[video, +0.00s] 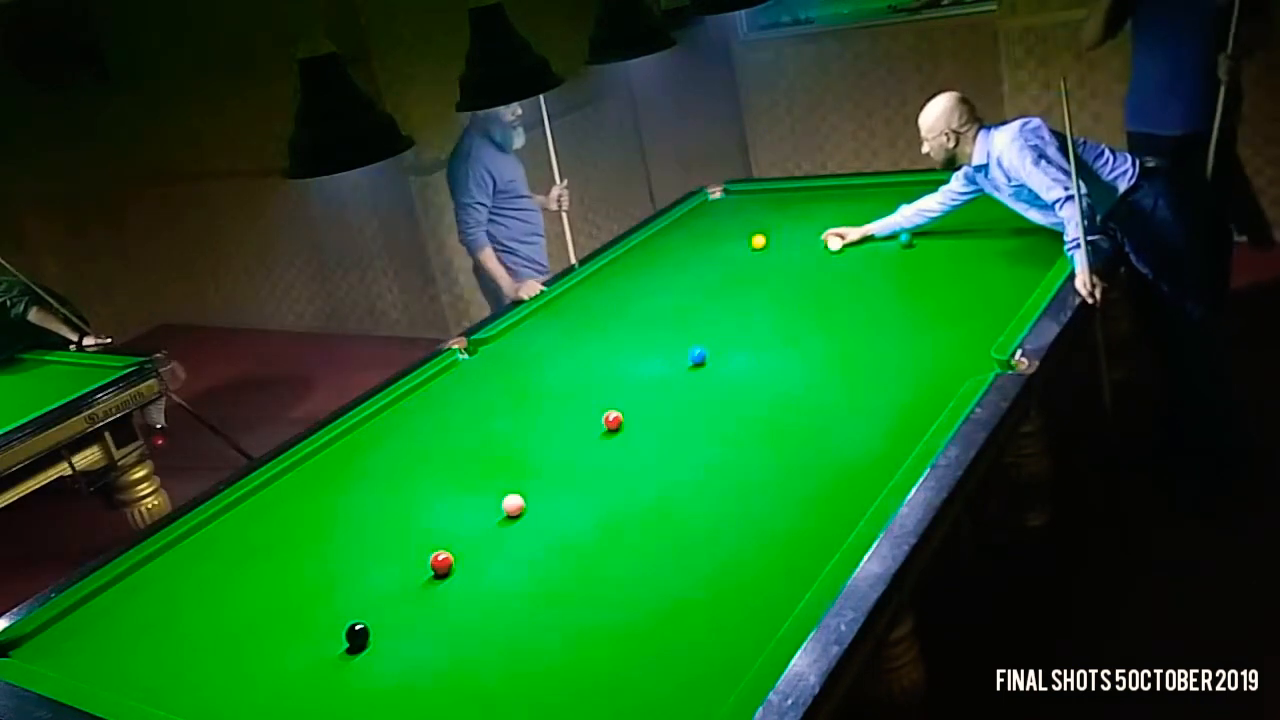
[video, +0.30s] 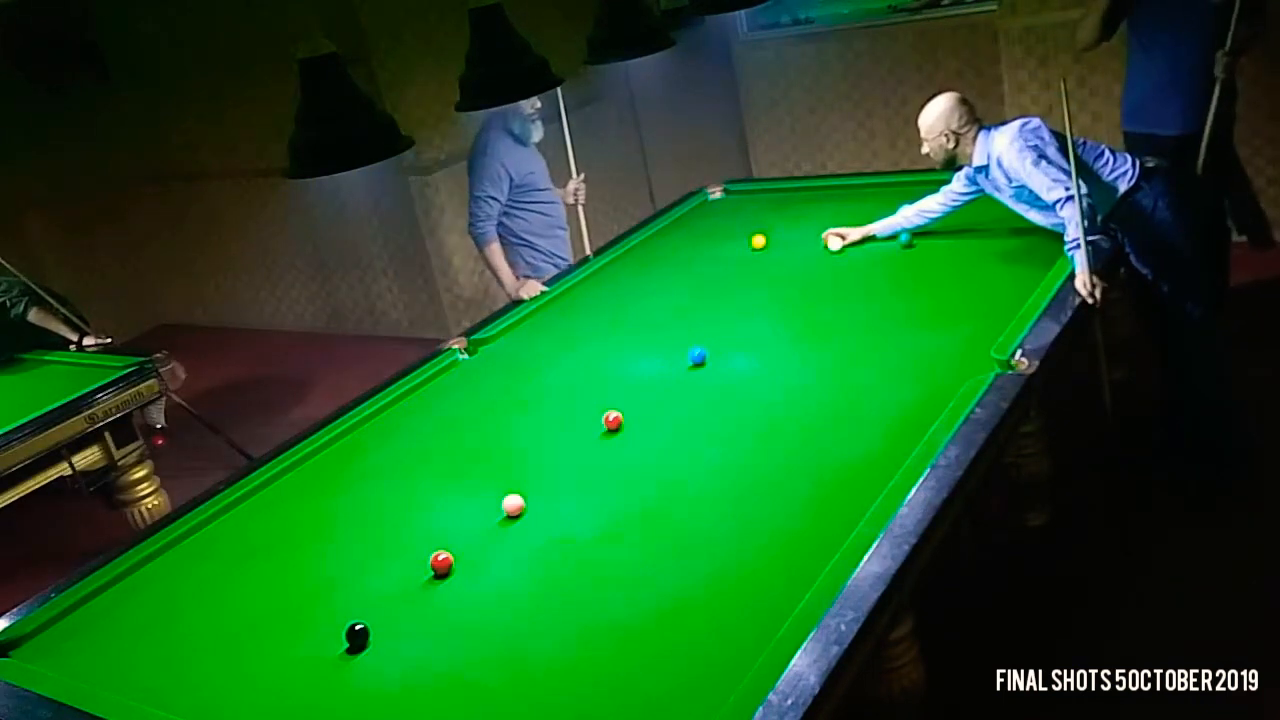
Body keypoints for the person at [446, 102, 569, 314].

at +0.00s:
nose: (518, 112)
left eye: (517, 103)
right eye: (507, 106)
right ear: (482, 112)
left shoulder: (495, 145)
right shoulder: (472, 158)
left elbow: (509, 198)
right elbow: (472, 234)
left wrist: (545, 202)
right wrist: (510, 287)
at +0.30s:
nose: (537, 105)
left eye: (536, 96)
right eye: (526, 99)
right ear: (503, 105)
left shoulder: (515, 137)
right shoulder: (493, 150)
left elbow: (526, 193)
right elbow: (481, 226)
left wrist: (562, 195)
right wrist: (511, 284)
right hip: (540, 281)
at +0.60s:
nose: (561, 98)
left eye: (559, 88)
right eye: (550, 91)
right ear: (528, 99)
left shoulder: (540, 130)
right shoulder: (512, 143)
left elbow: (545, 191)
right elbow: (512, 219)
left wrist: (581, 190)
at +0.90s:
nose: (617, 90)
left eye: (617, 82)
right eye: (605, 83)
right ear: (579, 87)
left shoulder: (600, 120)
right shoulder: (573, 129)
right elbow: (614, 195)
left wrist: (614, 178)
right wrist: (681, 218)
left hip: (603, 234)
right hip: (572, 246)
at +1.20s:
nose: (693, 116)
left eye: (695, 107)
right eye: (684, 107)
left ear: (697, 104)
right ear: (657, 106)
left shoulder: (656, 131)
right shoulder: (643, 142)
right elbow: (702, 198)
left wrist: (700, 191)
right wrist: (771, 226)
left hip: (622, 230)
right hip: (586, 241)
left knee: (611, 312)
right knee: (577, 320)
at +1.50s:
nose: (717, 137)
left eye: (719, 128)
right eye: (709, 128)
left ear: (685, 123)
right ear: (682, 123)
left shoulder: (667, 134)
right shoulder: (665, 160)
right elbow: (707, 222)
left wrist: (694, 191)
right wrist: (774, 241)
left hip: (621, 232)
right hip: (586, 240)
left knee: (610, 311)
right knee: (576, 319)